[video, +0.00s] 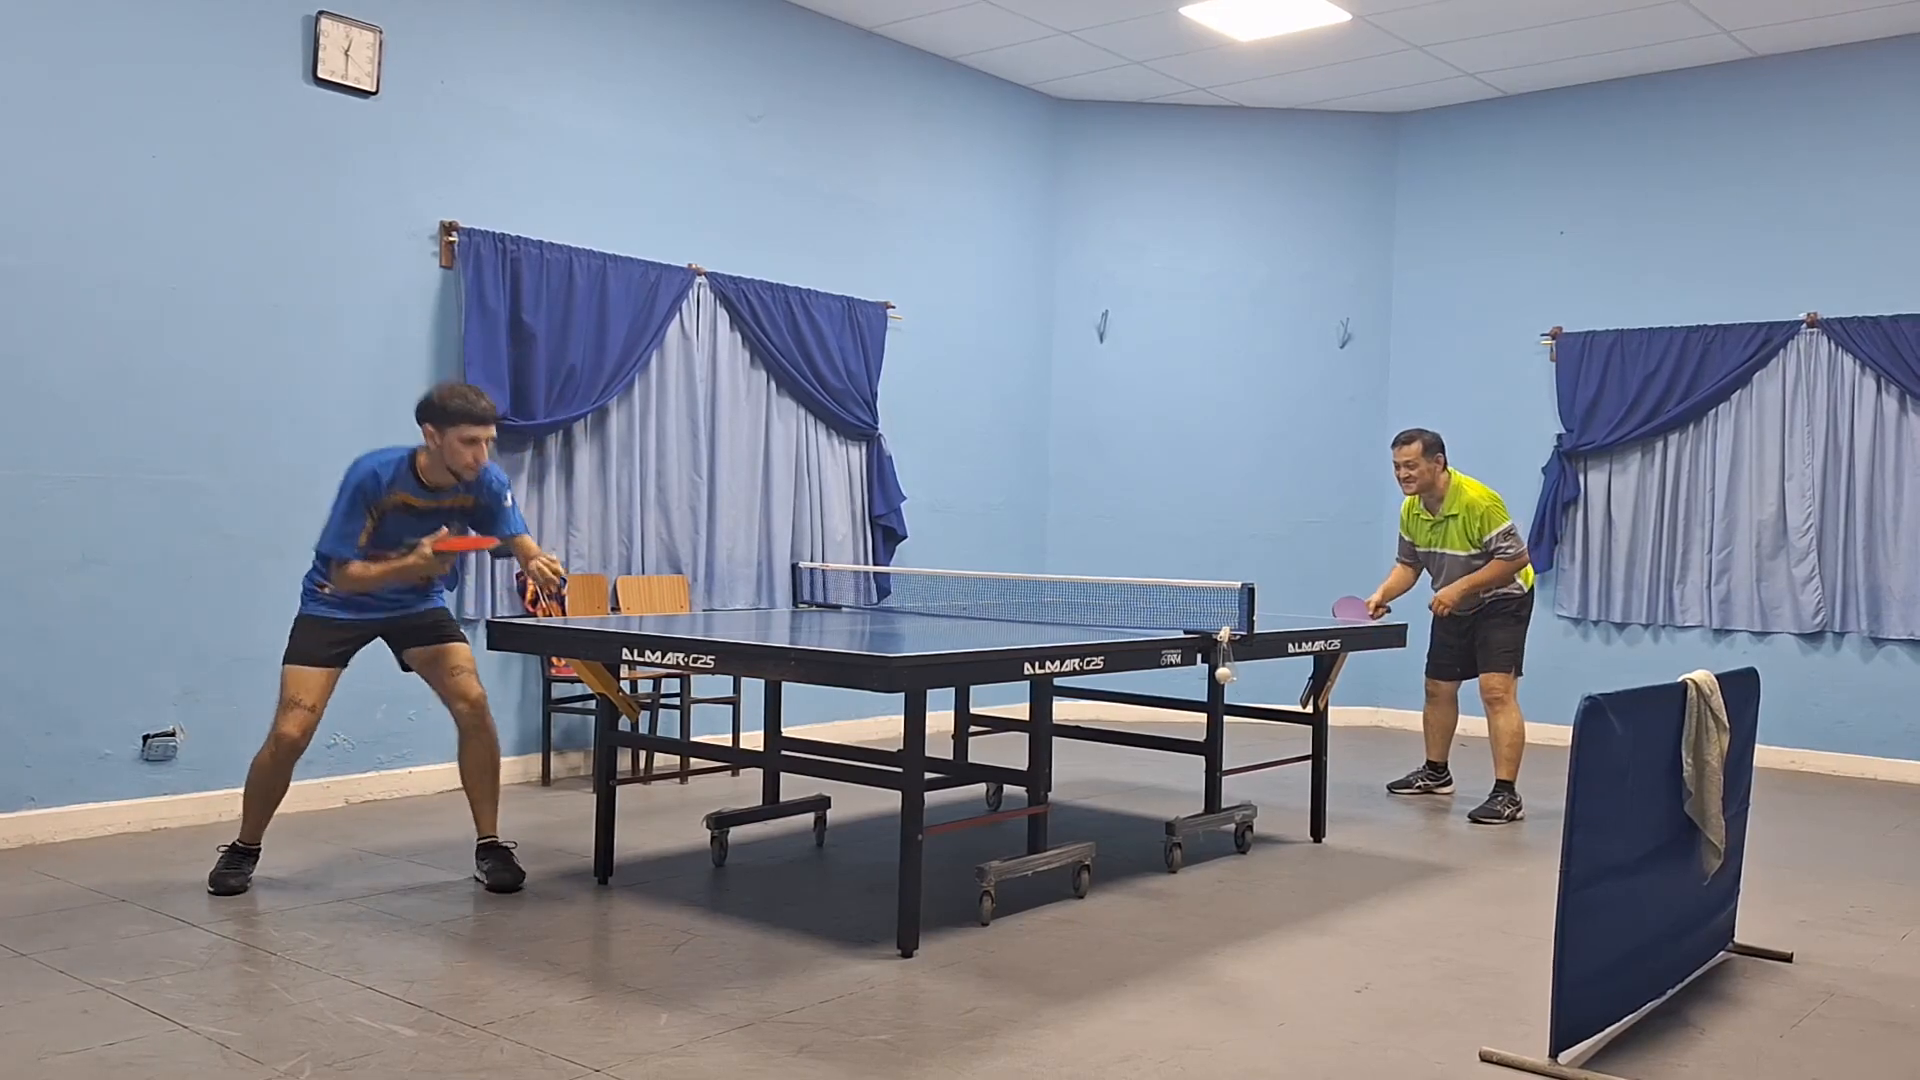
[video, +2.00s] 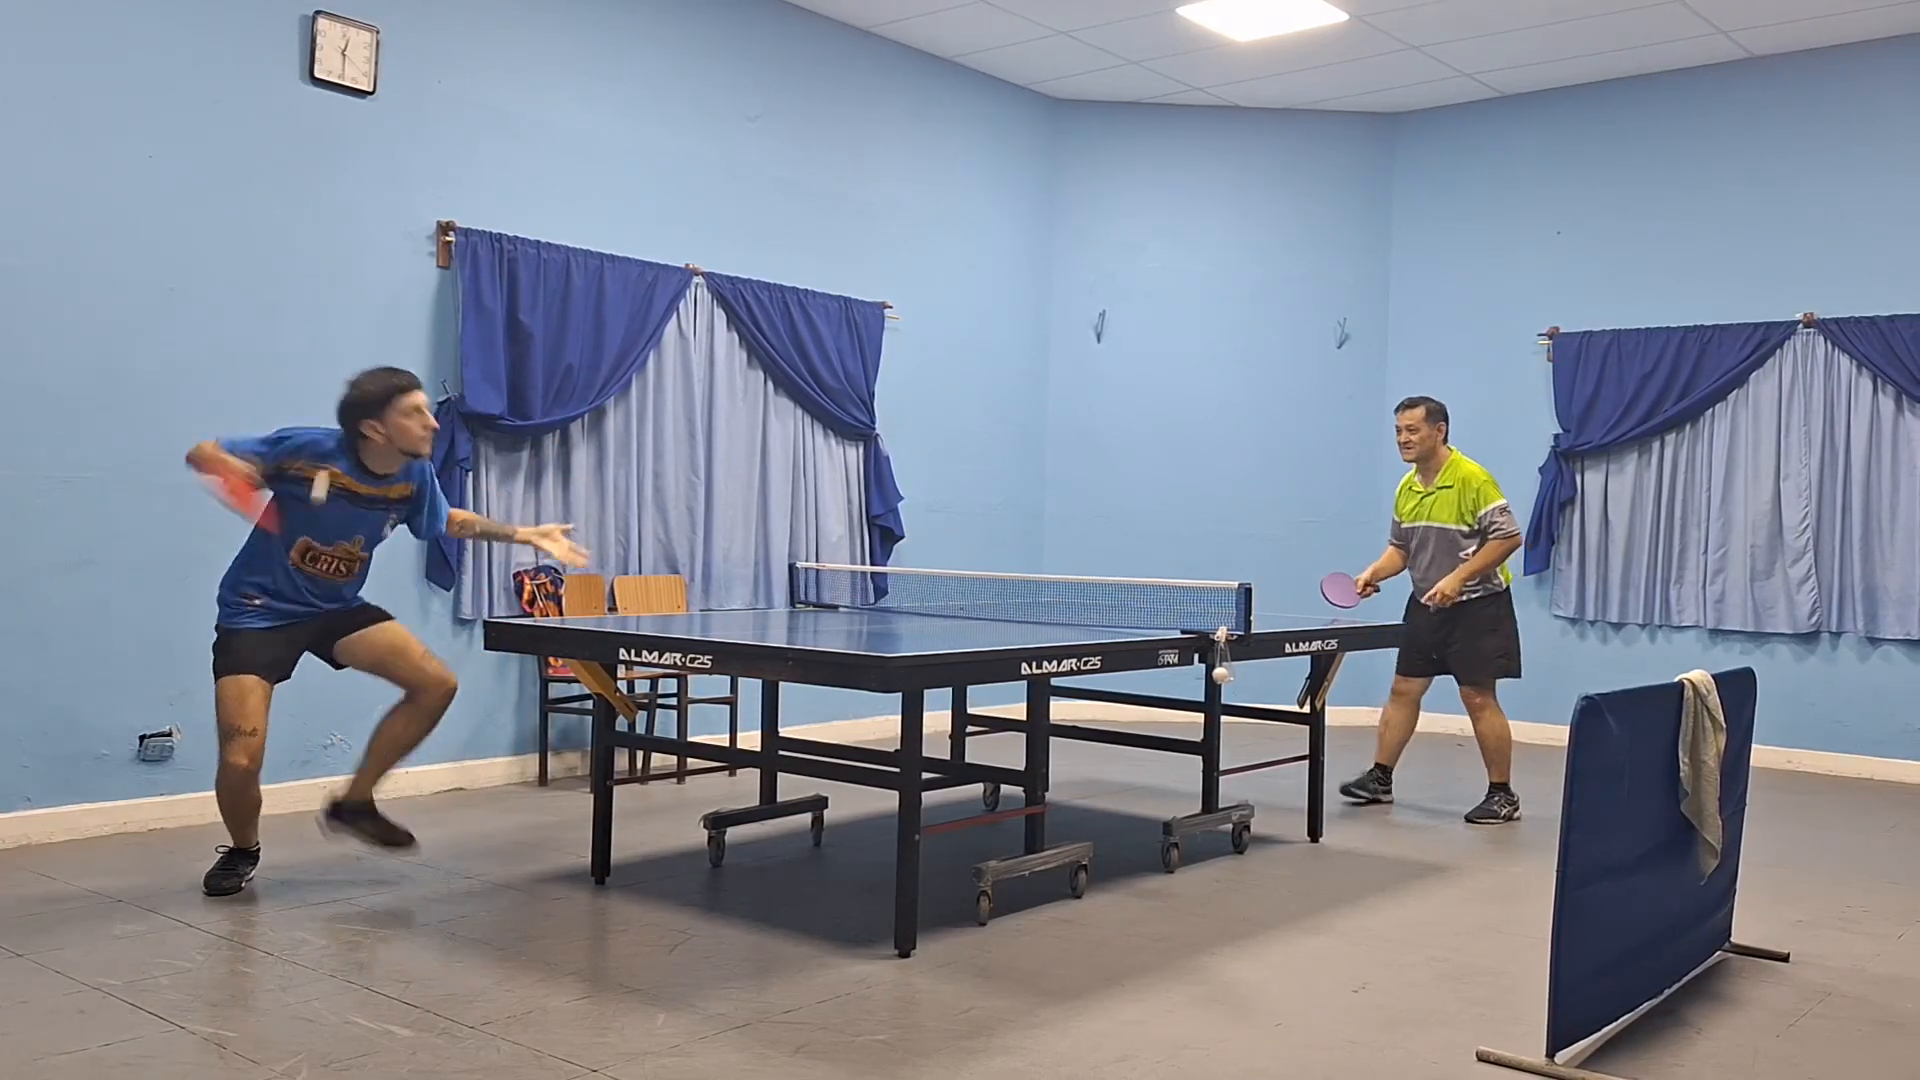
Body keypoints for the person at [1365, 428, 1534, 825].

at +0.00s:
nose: (1402, 473)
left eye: (1411, 465)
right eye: (1398, 466)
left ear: (1438, 464)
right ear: (1395, 468)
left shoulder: (1478, 502)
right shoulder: (1411, 509)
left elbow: (1515, 557)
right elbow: (1408, 564)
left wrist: (1461, 589)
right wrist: (1382, 594)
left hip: (1501, 601)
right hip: (1451, 605)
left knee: (1496, 690)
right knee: (1438, 686)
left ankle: (1506, 793)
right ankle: (1435, 770)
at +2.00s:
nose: (1403, 438)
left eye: (1412, 430)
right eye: (1399, 431)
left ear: (1439, 431)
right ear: (1397, 435)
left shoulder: (1471, 478)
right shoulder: (1407, 488)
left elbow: (1508, 535)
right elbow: (1400, 549)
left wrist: (1458, 578)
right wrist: (1374, 573)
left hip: (1476, 608)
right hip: (1425, 607)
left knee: (1478, 698)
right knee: (1404, 688)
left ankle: (1501, 793)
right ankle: (1380, 777)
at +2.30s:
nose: (1382, 443)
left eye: (1391, 435)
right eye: (1378, 436)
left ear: (1418, 435)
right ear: (1376, 439)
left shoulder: (1460, 483)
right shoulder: (1380, 491)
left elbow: (1493, 541)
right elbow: (1366, 547)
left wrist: (1457, 590)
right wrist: (1345, 563)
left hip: (1461, 608)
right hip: (1401, 608)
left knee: (1472, 697)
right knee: (1379, 689)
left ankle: (1489, 788)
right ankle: (1375, 779)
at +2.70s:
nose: (1410, 466)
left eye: (1419, 457)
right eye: (1403, 457)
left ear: (1444, 456)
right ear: (1397, 457)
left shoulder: (1477, 497)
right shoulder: (1387, 497)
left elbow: (1507, 551)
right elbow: (1345, 553)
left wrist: (1495, 599)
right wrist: (1368, 551)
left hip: (1459, 618)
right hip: (1397, 616)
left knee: (1476, 698)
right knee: (1383, 694)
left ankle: (1491, 788)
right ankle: (1360, 788)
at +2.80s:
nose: (1409, 471)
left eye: (1419, 463)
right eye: (1402, 462)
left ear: (1441, 461)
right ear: (1394, 461)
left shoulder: (1467, 501)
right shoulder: (1382, 499)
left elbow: (1493, 553)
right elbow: (1336, 543)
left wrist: (1499, 604)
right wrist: (1375, 548)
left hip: (1449, 619)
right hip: (1386, 618)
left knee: (1471, 701)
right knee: (1375, 694)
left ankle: (1490, 789)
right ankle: (1357, 794)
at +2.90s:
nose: (1404, 468)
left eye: (1415, 460)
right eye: (1397, 459)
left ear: (1438, 460)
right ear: (1389, 457)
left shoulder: (1461, 499)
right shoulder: (1377, 498)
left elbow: (1484, 552)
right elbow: (1344, 528)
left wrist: (1496, 603)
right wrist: (1327, 538)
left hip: (1445, 617)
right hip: (1381, 616)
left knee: (1472, 702)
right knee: (1374, 695)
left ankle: (1485, 788)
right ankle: (1356, 794)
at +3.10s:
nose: (1392, 453)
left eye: (1402, 445)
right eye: (1387, 445)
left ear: (1429, 450)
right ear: (1381, 448)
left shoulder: (1466, 495)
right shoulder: (1365, 501)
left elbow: (1492, 547)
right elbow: (1307, 529)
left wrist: (1498, 603)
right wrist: (1263, 523)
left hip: (1459, 618)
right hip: (1391, 618)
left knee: (1493, 701)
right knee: (1377, 694)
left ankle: (1502, 784)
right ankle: (1353, 792)